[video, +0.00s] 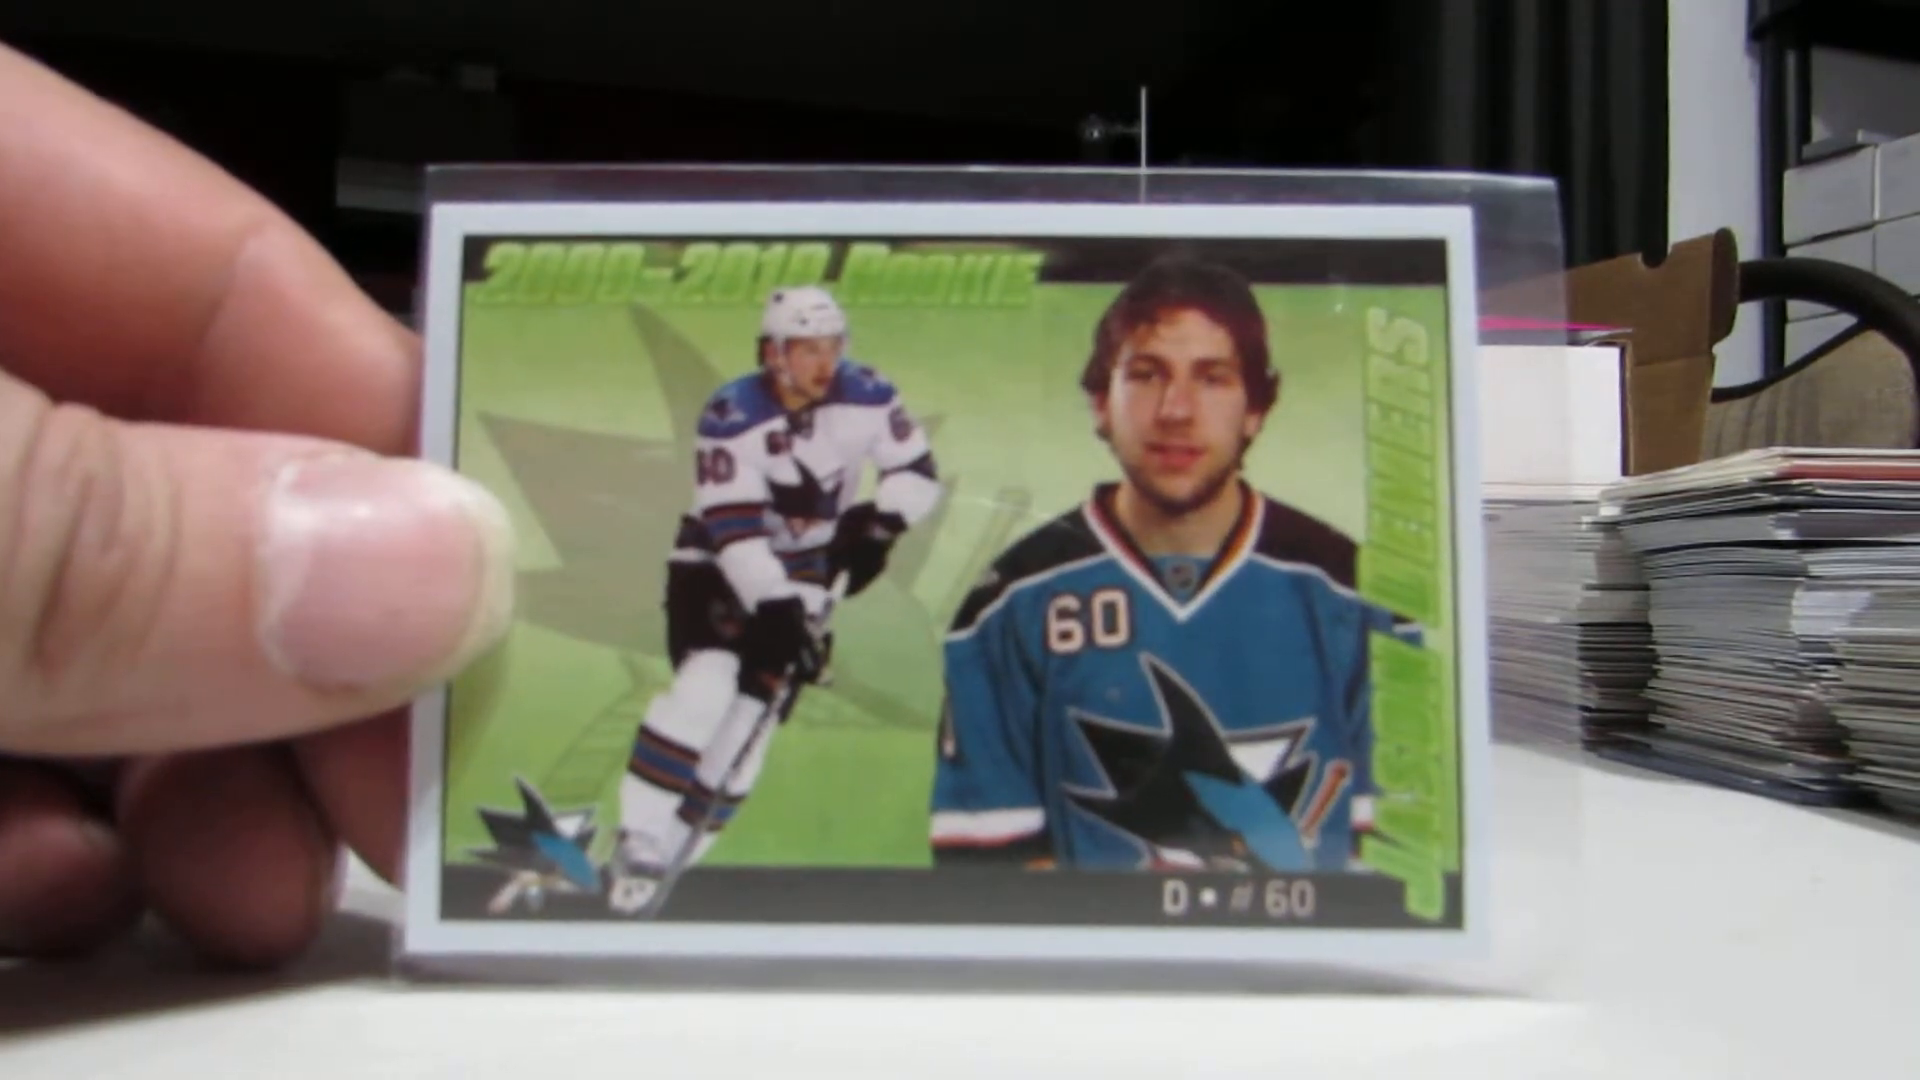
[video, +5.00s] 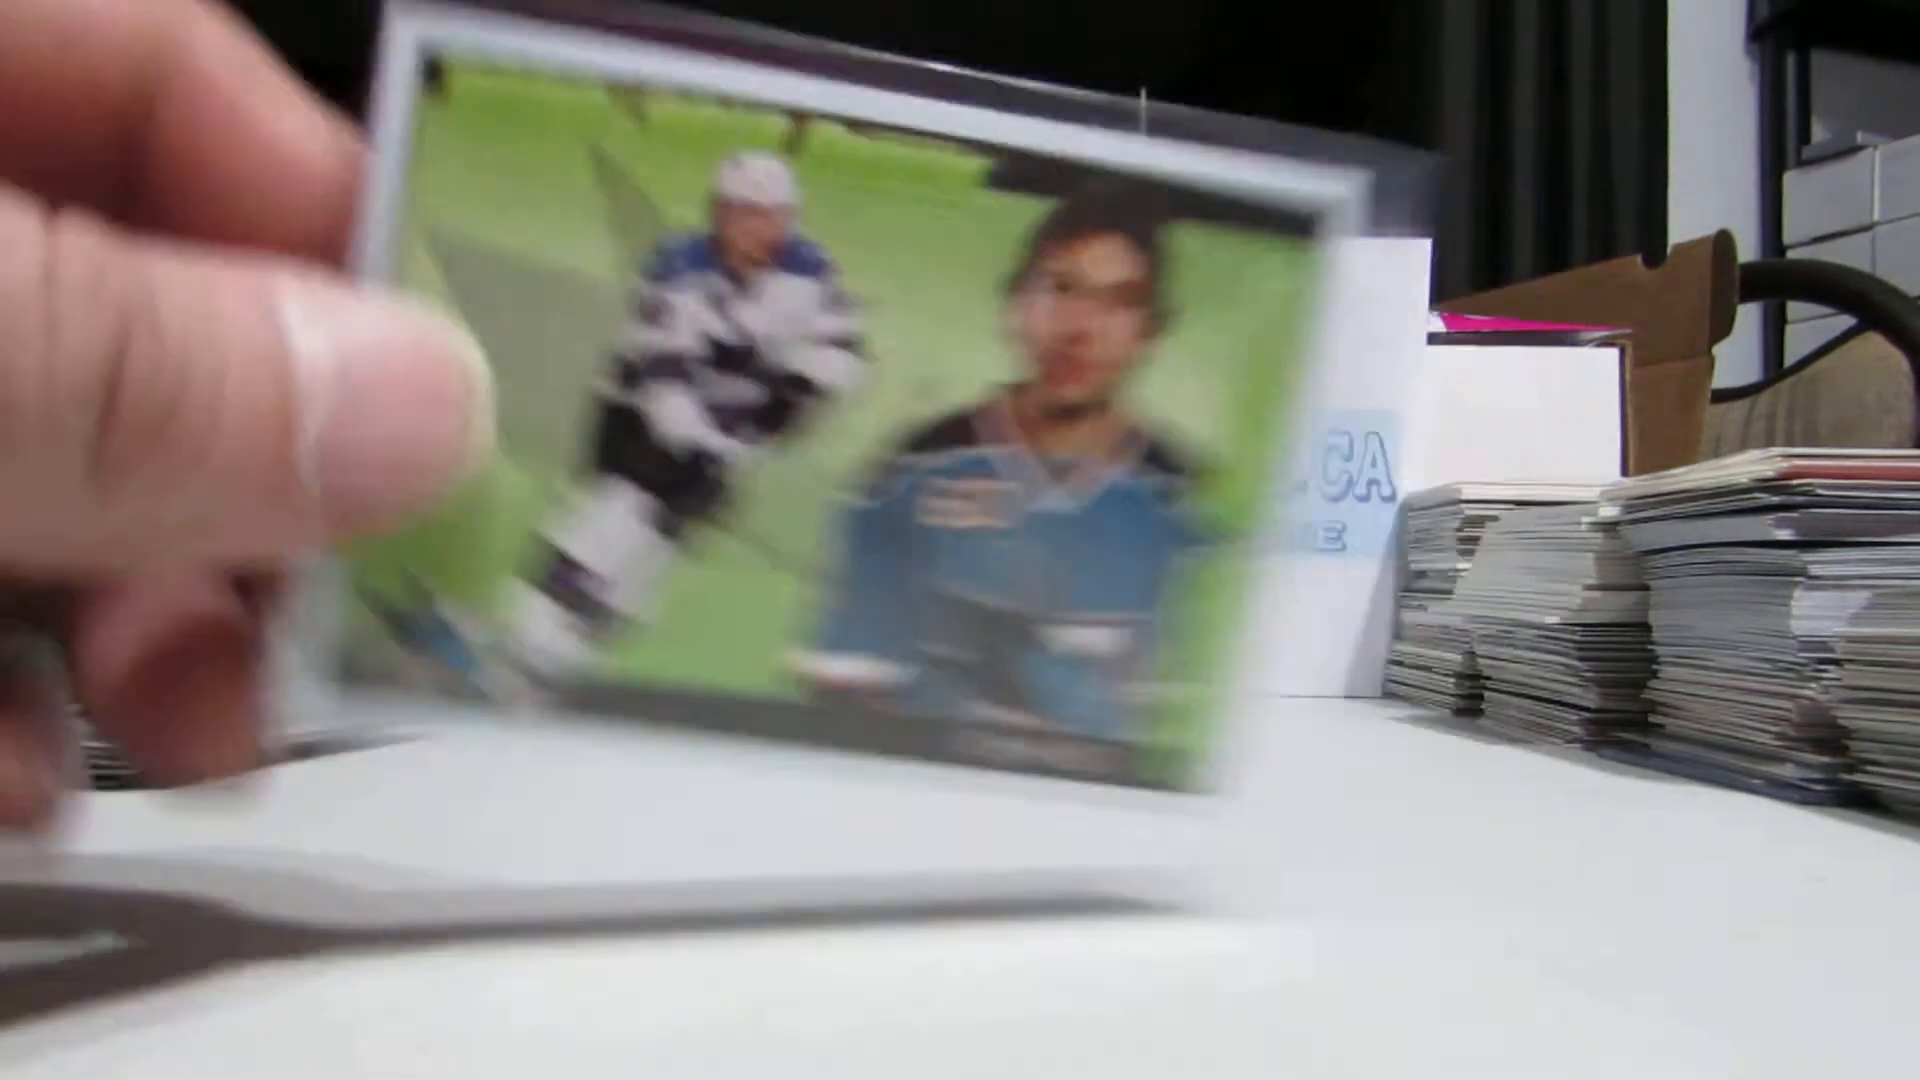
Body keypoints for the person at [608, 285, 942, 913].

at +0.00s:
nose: (825, 364)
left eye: (832, 350)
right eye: (809, 350)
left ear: (842, 350)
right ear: (773, 356)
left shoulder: (868, 398)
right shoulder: (733, 415)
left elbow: (917, 475)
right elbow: (732, 523)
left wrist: (877, 527)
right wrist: (774, 602)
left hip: (807, 572)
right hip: (721, 562)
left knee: (754, 715)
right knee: (709, 679)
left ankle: (677, 854)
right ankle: (641, 843)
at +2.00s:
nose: (828, 368)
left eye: (836, 354)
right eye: (813, 355)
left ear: (846, 354)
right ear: (777, 359)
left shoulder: (870, 403)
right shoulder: (736, 419)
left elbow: (918, 477)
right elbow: (735, 526)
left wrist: (880, 530)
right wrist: (777, 606)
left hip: (808, 578)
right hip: (723, 566)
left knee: (755, 718)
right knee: (711, 682)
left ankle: (676, 860)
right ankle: (641, 848)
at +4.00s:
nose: (825, 366)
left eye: (832, 352)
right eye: (809, 353)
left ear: (843, 352)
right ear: (773, 359)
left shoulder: (868, 401)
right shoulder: (732, 420)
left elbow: (917, 476)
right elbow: (732, 528)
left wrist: (879, 531)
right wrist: (776, 610)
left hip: (807, 580)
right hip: (720, 569)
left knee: (754, 723)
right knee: (709, 686)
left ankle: (678, 862)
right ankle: (640, 850)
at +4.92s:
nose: (821, 354)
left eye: (830, 340)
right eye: (806, 340)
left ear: (844, 341)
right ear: (774, 344)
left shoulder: (869, 391)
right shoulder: (733, 405)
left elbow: (919, 465)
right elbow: (731, 511)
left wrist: (879, 517)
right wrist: (771, 593)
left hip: (804, 567)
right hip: (717, 554)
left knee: (746, 707)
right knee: (705, 666)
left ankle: (670, 839)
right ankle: (634, 829)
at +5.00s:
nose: (758, 230)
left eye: (771, 217)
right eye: (745, 215)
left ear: (788, 222)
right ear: (720, 215)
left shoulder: (807, 275)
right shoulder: (682, 266)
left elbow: (838, 352)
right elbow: (657, 363)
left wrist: (784, 395)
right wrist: (699, 443)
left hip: (730, 421)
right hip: (655, 402)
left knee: (661, 524)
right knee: (629, 493)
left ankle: (596, 621)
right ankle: (558, 600)